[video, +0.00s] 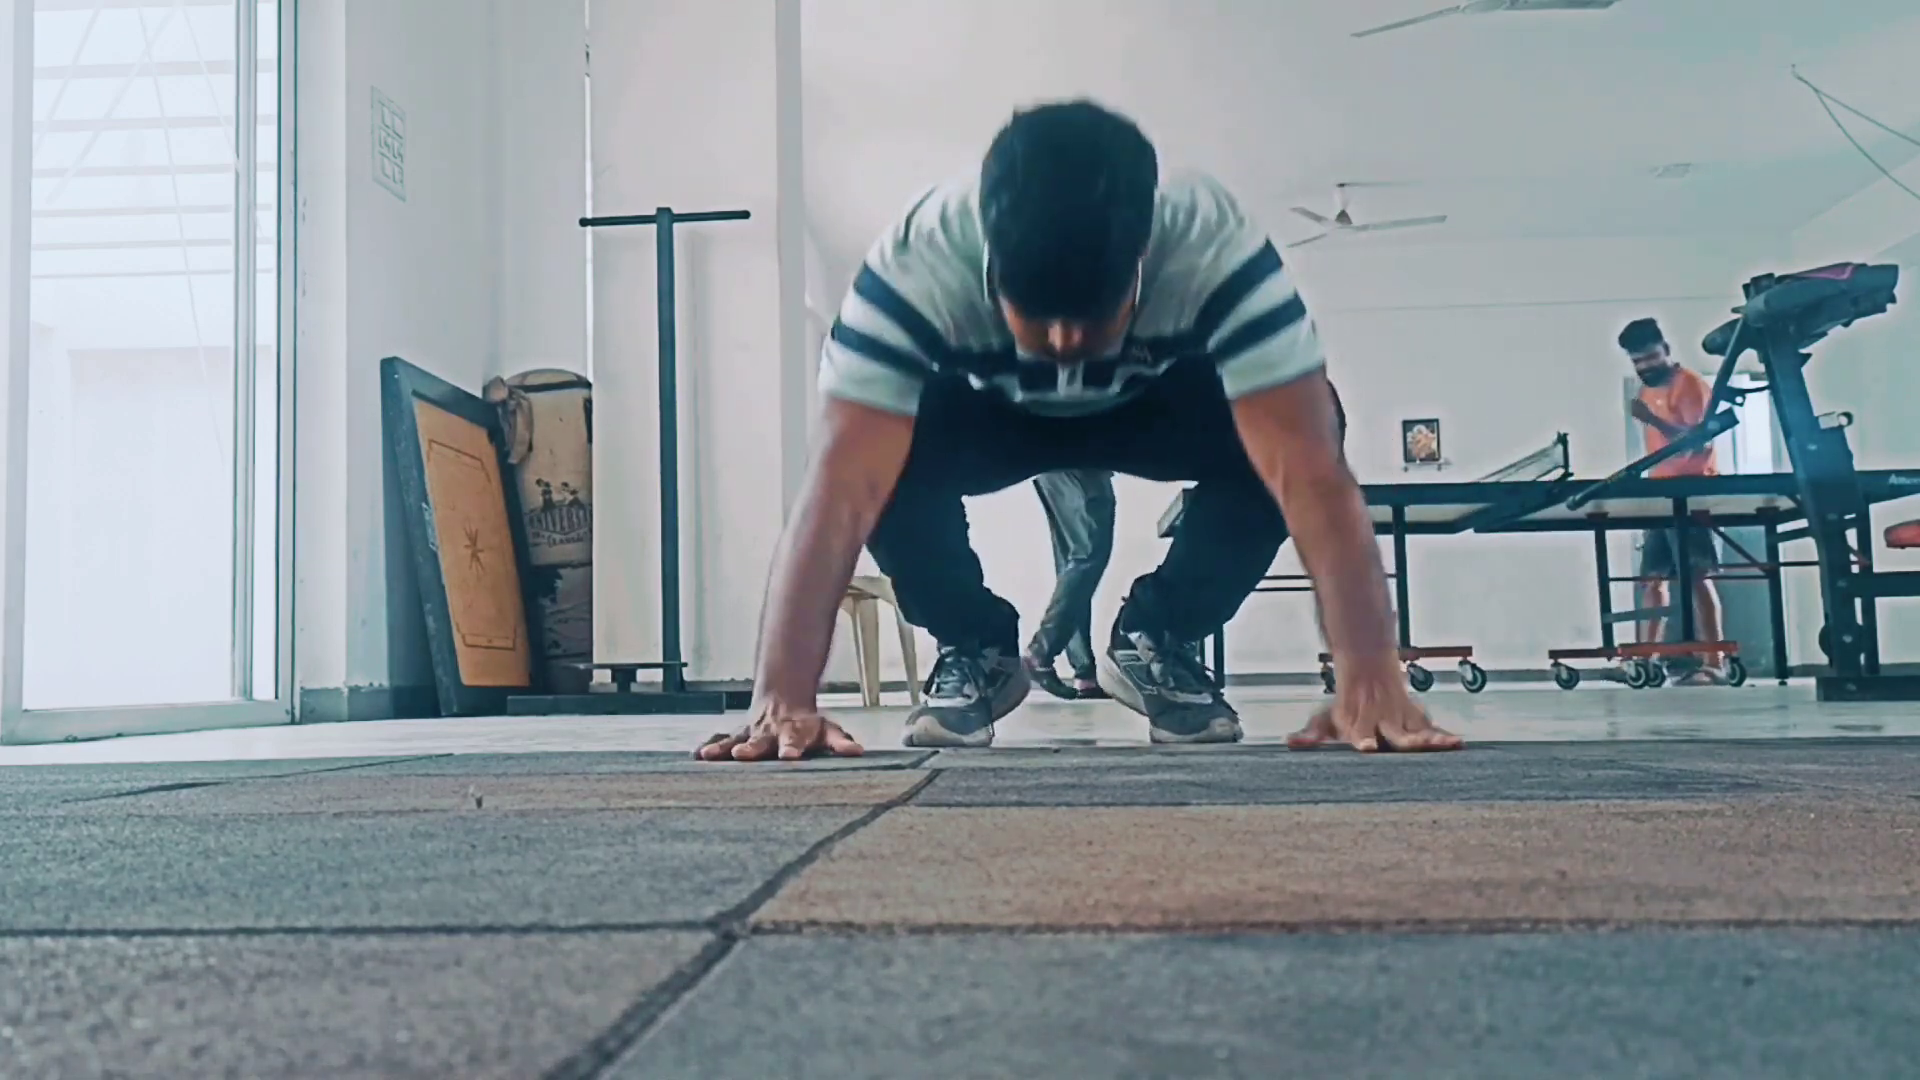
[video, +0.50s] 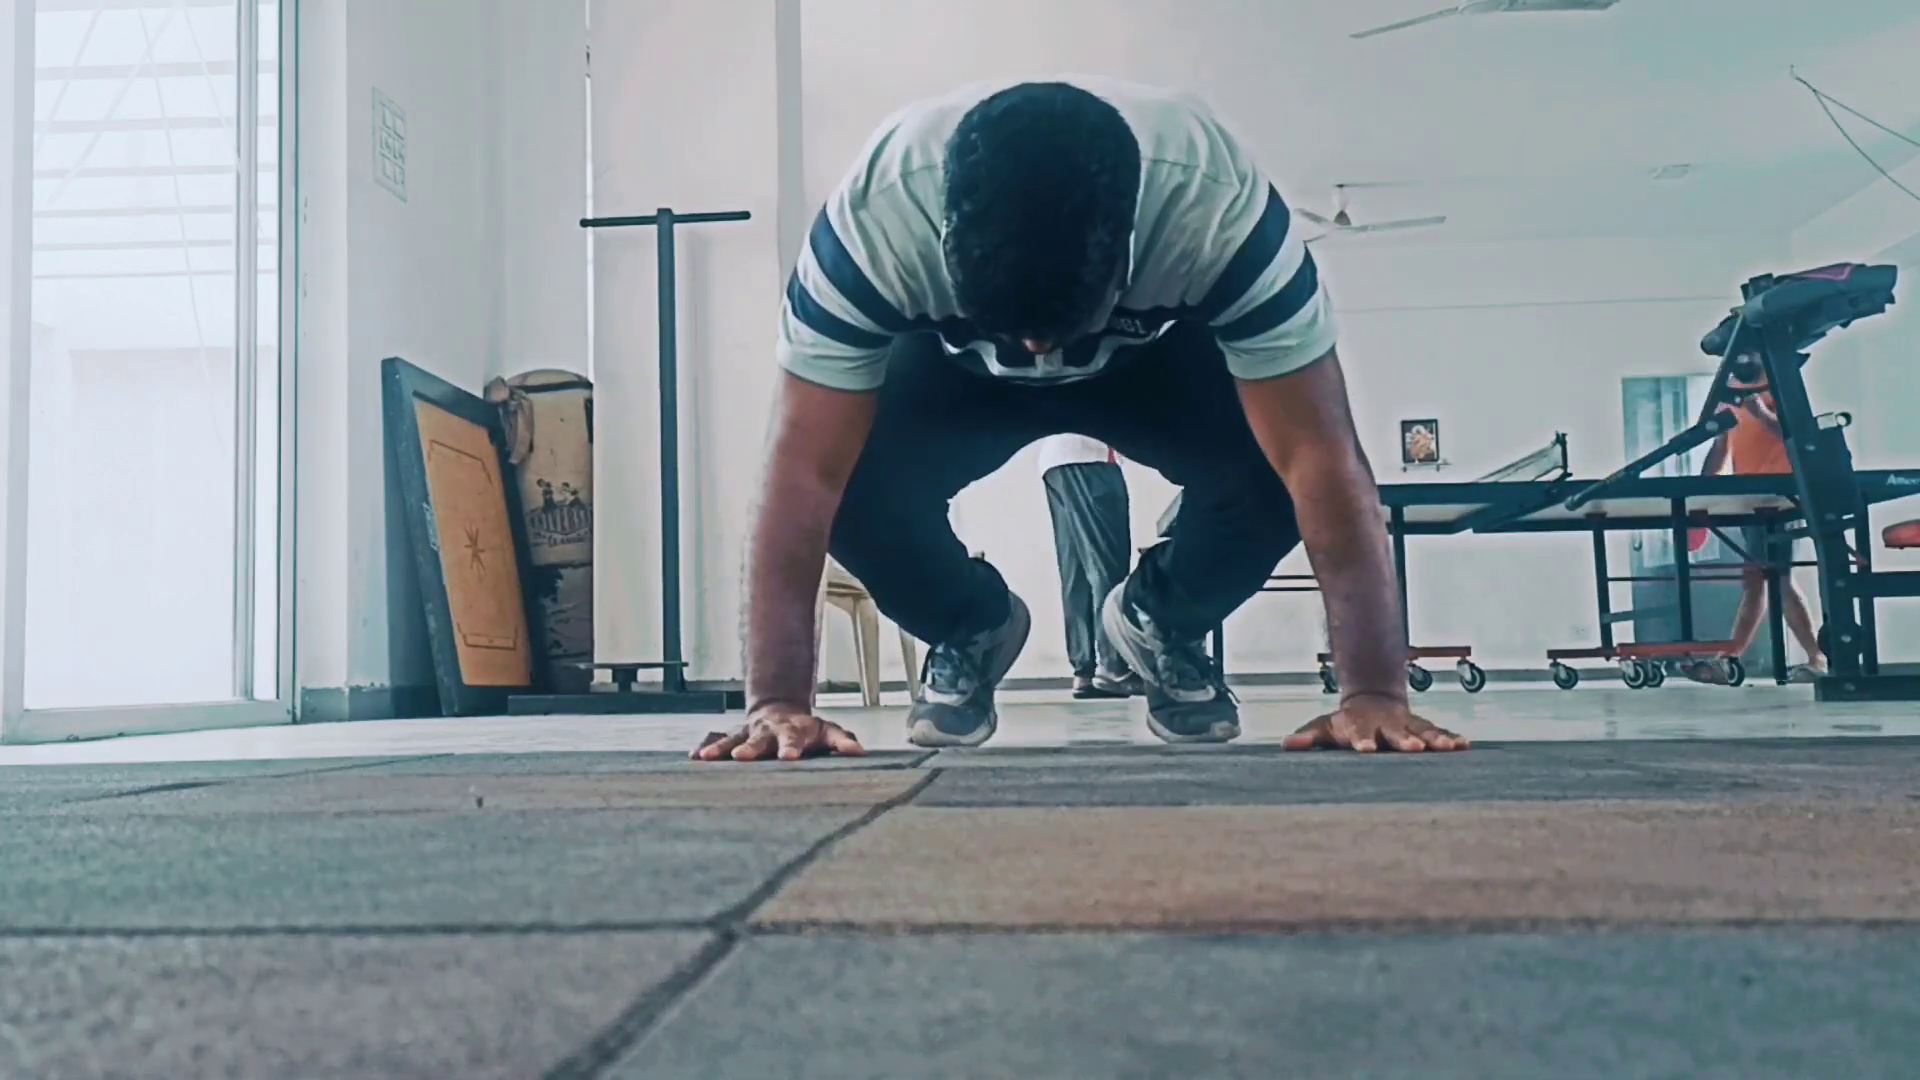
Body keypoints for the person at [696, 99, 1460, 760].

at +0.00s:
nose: (1063, 346)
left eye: (1095, 324)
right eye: (1037, 324)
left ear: (1144, 259)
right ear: (995, 258)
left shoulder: (1218, 247)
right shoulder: (919, 265)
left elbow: (1313, 473)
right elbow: (844, 488)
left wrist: (1370, 679)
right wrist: (784, 698)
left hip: (1151, 403)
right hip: (995, 412)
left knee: (1298, 435)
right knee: (882, 474)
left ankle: (1160, 638)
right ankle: (977, 644)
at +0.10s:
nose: (1065, 387)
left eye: (1094, 369)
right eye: (1036, 370)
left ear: (1148, 290)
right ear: (984, 283)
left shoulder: (1228, 257)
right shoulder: (906, 271)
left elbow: (1324, 478)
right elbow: (825, 479)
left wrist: (1374, 691)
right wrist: (783, 701)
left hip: (1152, 402)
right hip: (989, 410)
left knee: (1279, 468)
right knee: (864, 490)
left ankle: (1150, 629)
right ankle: (972, 639)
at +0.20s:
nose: (1059, 358)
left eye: (1088, 338)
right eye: (1030, 338)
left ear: (1143, 258)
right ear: (979, 254)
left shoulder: (1230, 230)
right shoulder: (897, 241)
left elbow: (1318, 463)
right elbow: (827, 470)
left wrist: (1374, 691)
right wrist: (781, 700)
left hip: (1152, 375)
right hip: (978, 382)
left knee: (1290, 468)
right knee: (863, 501)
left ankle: (1149, 619)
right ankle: (978, 634)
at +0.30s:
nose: (1051, 353)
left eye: (1078, 330)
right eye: (1020, 332)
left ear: (1136, 249)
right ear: (966, 247)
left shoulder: (1229, 220)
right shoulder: (890, 228)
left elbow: (1325, 467)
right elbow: (819, 463)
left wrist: (1374, 693)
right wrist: (780, 700)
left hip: (1155, 353)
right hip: (970, 358)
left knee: (1286, 465)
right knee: (859, 497)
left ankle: (1161, 620)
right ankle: (976, 627)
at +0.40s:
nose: (1048, 357)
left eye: (1076, 333)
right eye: (1013, 337)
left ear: (1129, 246)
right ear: (955, 243)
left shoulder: (1226, 211)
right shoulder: (881, 221)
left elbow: (1323, 460)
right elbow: (809, 465)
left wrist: (1375, 694)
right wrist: (780, 701)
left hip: (1155, 339)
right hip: (966, 347)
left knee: (1278, 481)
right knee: (860, 502)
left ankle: (1163, 621)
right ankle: (976, 626)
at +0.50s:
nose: (1043, 360)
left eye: (1072, 336)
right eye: (1008, 341)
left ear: (1124, 247)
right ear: (950, 246)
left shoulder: (1222, 209)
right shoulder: (874, 223)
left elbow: (1322, 460)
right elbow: (805, 465)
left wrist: (1374, 694)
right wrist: (779, 701)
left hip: (1151, 341)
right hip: (959, 351)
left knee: (1278, 486)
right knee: (859, 505)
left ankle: (1159, 619)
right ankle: (977, 625)